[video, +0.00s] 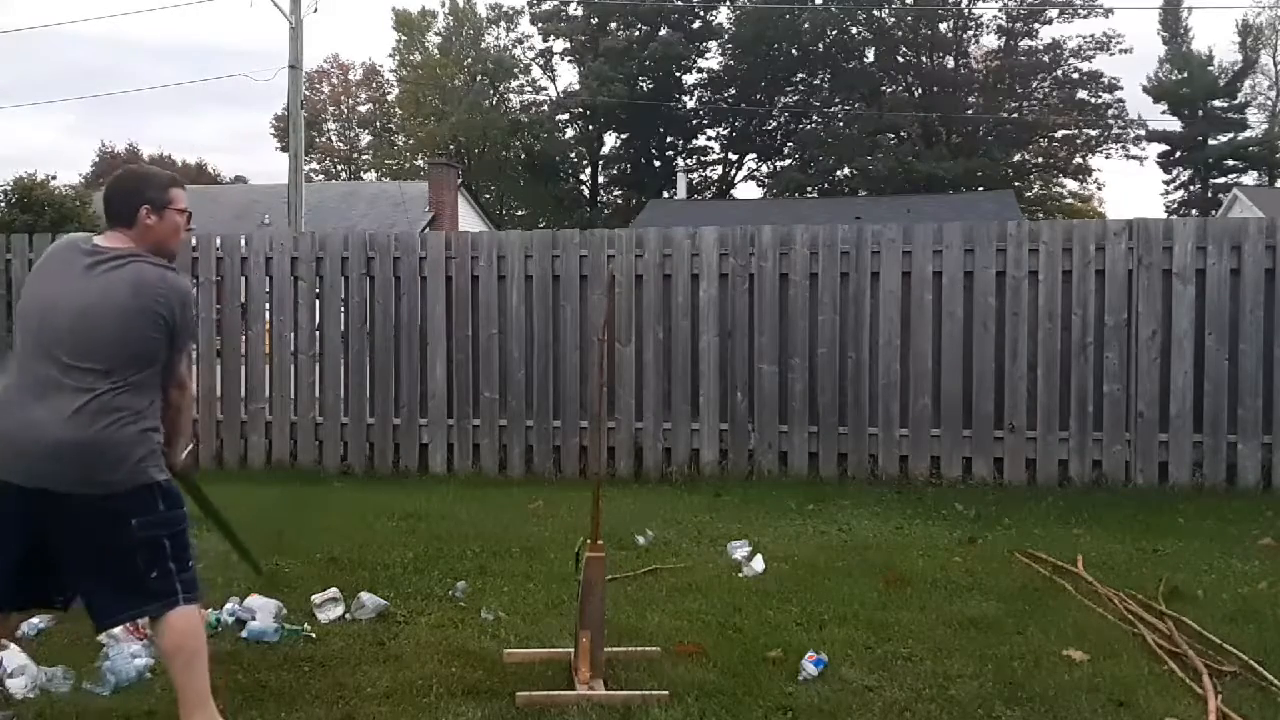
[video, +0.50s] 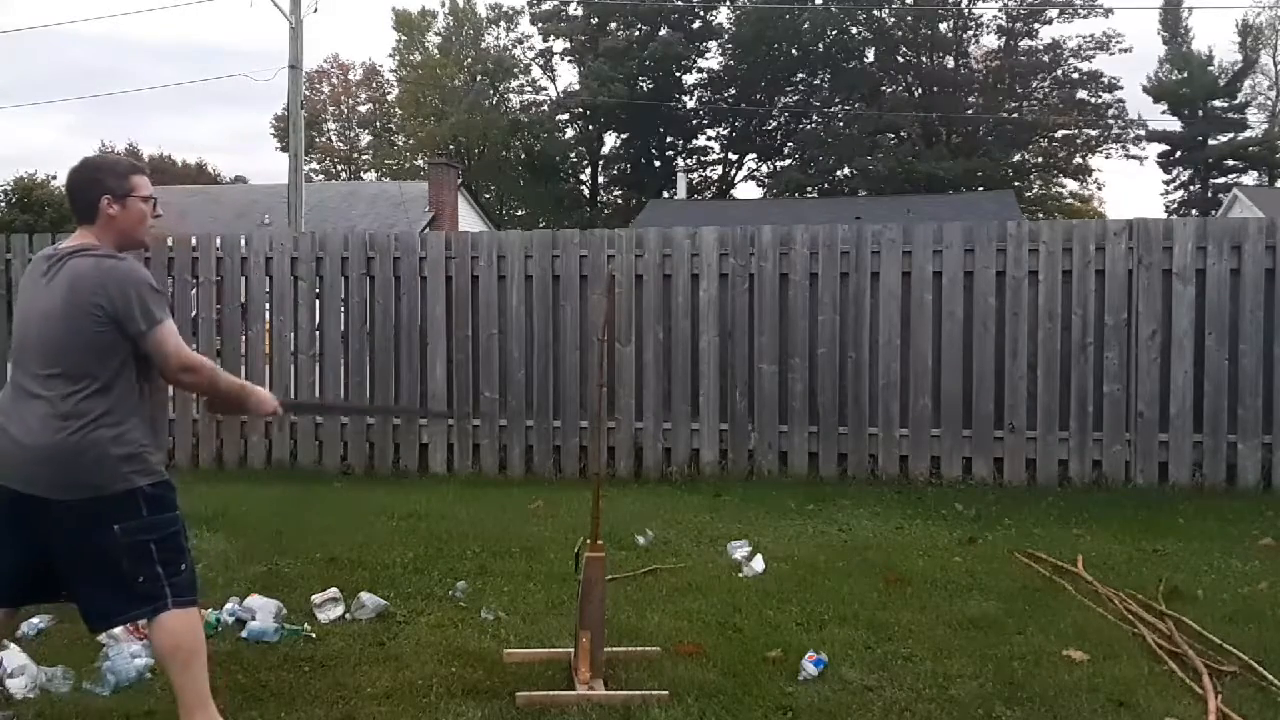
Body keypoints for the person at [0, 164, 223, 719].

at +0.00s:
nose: (188, 225)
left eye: (188, 214)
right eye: (181, 214)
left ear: (128, 218)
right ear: (146, 216)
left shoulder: (55, 254)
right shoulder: (172, 288)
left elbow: (38, 352)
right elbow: (178, 386)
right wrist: (173, 455)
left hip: (16, 455)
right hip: (114, 461)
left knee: (8, 598)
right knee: (174, 593)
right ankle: (200, 711)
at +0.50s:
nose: (155, 213)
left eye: (154, 202)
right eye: (147, 202)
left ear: (97, 209)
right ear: (109, 206)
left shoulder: (39, 268)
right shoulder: (121, 275)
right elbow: (182, 365)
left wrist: (195, 384)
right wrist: (248, 395)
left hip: (21, 464)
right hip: (111, 466)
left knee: (9, 596)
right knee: (170, 596)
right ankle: (201, 713)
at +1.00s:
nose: (161, 217)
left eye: (159, 205)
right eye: (152, 205)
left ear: (109, 212)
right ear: (113, 210)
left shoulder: (67, 271)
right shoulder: (109, 280)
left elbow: (182, 334)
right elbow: (188, 353)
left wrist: (257, 362)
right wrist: (284, 367)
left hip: (29, 466)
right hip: (104, 468)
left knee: (12, 594)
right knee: (176, 595)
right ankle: (201, 712)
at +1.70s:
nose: (182, 254)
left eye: (181, 243)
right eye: (172, 244)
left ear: (132, 251)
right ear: (134, 250)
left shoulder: (104, 294)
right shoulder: (120, 309)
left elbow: (218, 303)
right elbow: (218, 337)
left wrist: (290, 287)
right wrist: (288, 283)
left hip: (22, 488)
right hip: (95, 491)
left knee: (11, 605)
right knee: (205, 584)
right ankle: (205, 713)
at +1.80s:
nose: (176, 254)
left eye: (174, 243)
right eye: (166, 243)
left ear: (126, 250)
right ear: (128, 249)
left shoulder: (86, 294)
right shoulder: (110, 301)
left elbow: (201, 281)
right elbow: (213, 302)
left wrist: (267, 242)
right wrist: (258, 226)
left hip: (23, 485)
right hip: (96, 488)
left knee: (8, 609)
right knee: (204, 585)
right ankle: (205, 712)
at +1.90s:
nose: (171, 252)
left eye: (170, 240)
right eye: (160, 242)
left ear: (119, 247)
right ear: (121, 245)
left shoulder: (90, 295)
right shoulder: (94, 297)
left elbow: (198, 273)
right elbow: (188, 271)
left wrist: (235, 208)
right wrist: (210, 186)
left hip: (34, 487)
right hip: (99, 487)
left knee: (11, 611)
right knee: (204, 583)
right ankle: (205, 713)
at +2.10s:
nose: (159, 252)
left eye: (157, 242)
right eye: (148, 242)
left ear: (115, 245)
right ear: (113, 245)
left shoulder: (127, 299)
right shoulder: (68, 300)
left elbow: (192, 235)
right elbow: (132, 247)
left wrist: (177, 172)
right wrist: (129, 154)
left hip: (47, 485)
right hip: (93, 482)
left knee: (17, 613)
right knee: (204, 583)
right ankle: (205, 712)